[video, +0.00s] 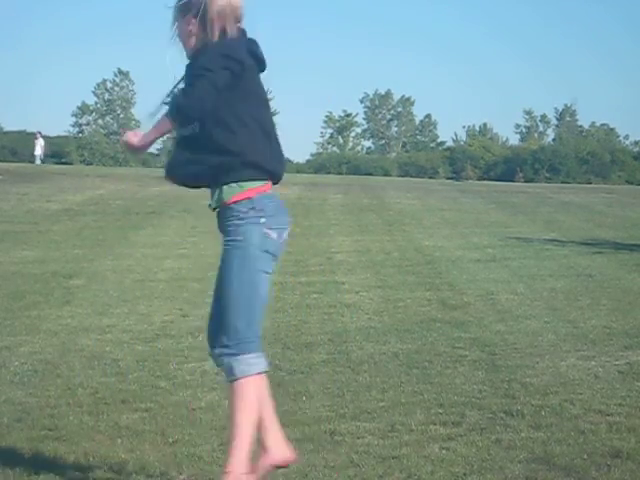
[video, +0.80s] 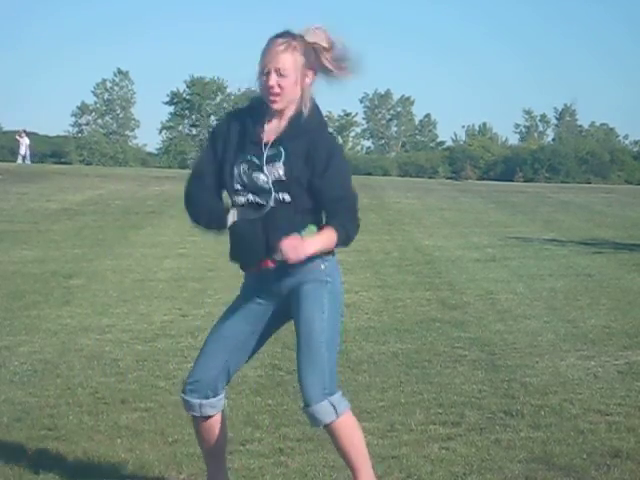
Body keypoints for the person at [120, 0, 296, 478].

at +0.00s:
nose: (179, 37)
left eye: (180, 28)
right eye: (179, 29)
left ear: (195, 24)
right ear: (215, 22)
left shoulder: (218, 59)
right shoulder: (228, 58)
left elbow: (186, 106)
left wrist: (144, 139)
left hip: (252, 218)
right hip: (245, 215)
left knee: (241, 344)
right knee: (227, 338)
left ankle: (237, 468)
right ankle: (276, 444)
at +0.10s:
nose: (192, 44)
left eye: (196, 34)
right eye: (191, 35)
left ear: (218, 34)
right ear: (227, 34)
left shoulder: (235, 75)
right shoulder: (228, 76)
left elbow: (197, 142)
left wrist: (131, 137)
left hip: (264, 230)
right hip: (236, 233)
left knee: (266, 355)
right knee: (211, 354)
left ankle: (310, 470)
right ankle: (225, 464)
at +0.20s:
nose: (203, 68)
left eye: (209, 59)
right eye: (205, 59)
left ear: (236, 64)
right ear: (234, 64)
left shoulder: (258, 110)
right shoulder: (223, 116)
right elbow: (206, 202)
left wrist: (200, 144)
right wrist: (204, 146)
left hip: (271, 266)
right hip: (227, 271)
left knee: (293, 388)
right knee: (187, 384)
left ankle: (342, 474)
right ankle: (229, 472)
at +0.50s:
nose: (251, 45)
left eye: (261, 35)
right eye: (244, 35)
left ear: (285, 36)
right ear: (236, 36)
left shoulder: (300, 78)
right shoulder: (223, 77)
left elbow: (312, 155)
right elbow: (185, 134)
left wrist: (257, 178)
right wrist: (213, 153)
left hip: (297, 226)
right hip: (252, 235)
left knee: (312, 353)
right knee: (211, 350)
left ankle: (353, 468)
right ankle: (221, 459)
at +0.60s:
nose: (262, 57)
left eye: (273, 48)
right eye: (255, 47)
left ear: (296, 49)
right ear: (247, 50)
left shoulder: (307, 106)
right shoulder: (229, 103)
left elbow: (327, 193)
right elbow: (199, 177)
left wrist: (288, 165)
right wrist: (213, 153)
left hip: (309, 247)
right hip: (261, 256)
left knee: (320, 373)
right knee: (213, 364)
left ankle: (366, 473)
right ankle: (214, 469)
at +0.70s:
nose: (270, 84)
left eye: (280, 75)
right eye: (264, 75)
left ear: (304, 79)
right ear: (257, 79)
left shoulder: (317, 141)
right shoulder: (232, 134)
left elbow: (329, 223)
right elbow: (200, 199)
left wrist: (274, 239)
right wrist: (216, 246)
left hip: (314, 276)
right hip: (264, 286)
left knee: (319, 399)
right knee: (200, 385)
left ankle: (367, 475)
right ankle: (218, 475)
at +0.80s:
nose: (272, 82)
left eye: (283, 74)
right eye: (266, 72)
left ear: (307, 79)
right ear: (259, 74)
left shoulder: (316, 139)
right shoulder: (234, 128)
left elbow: (345, 221)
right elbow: (199, 198)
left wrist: (307, 244)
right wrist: (232, 221)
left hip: (313, 274)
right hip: (260, 281)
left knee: (320, 398)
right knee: (200, 391)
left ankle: (367, 475)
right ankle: (217, 477)